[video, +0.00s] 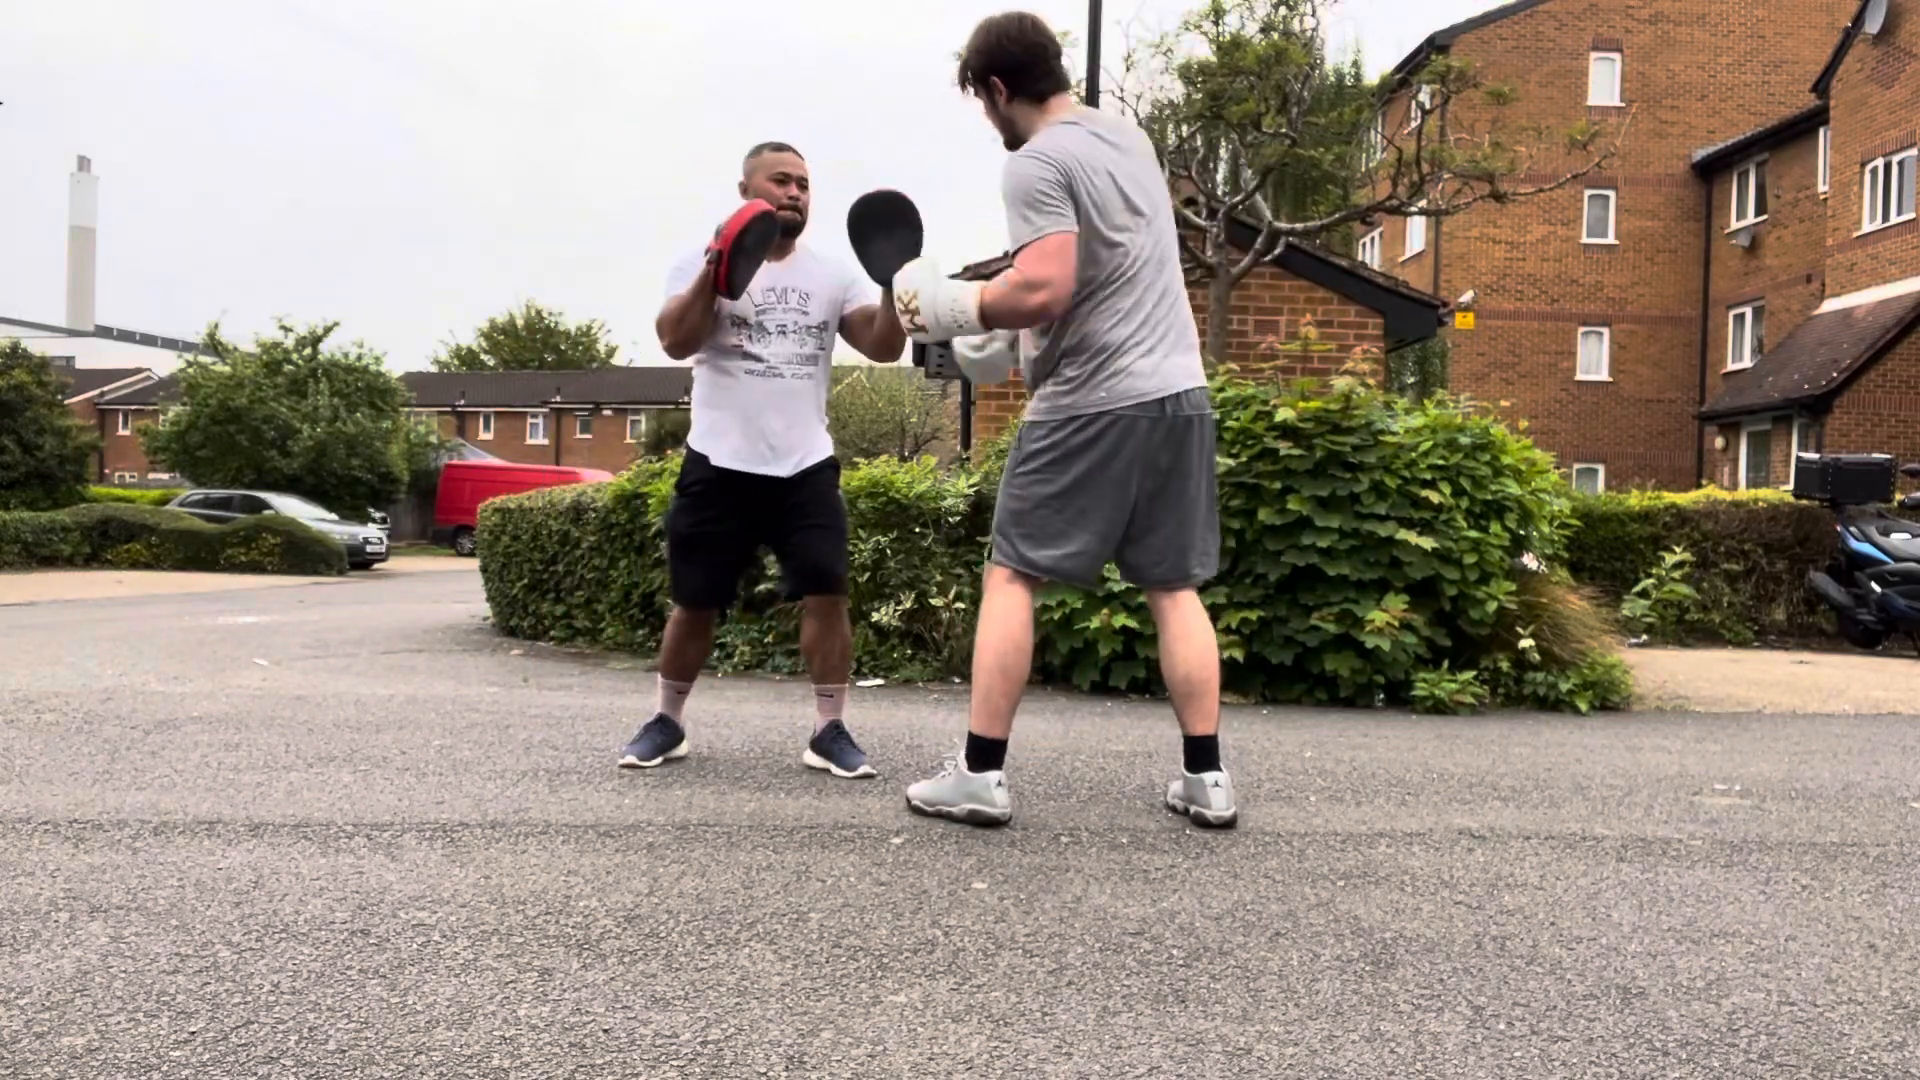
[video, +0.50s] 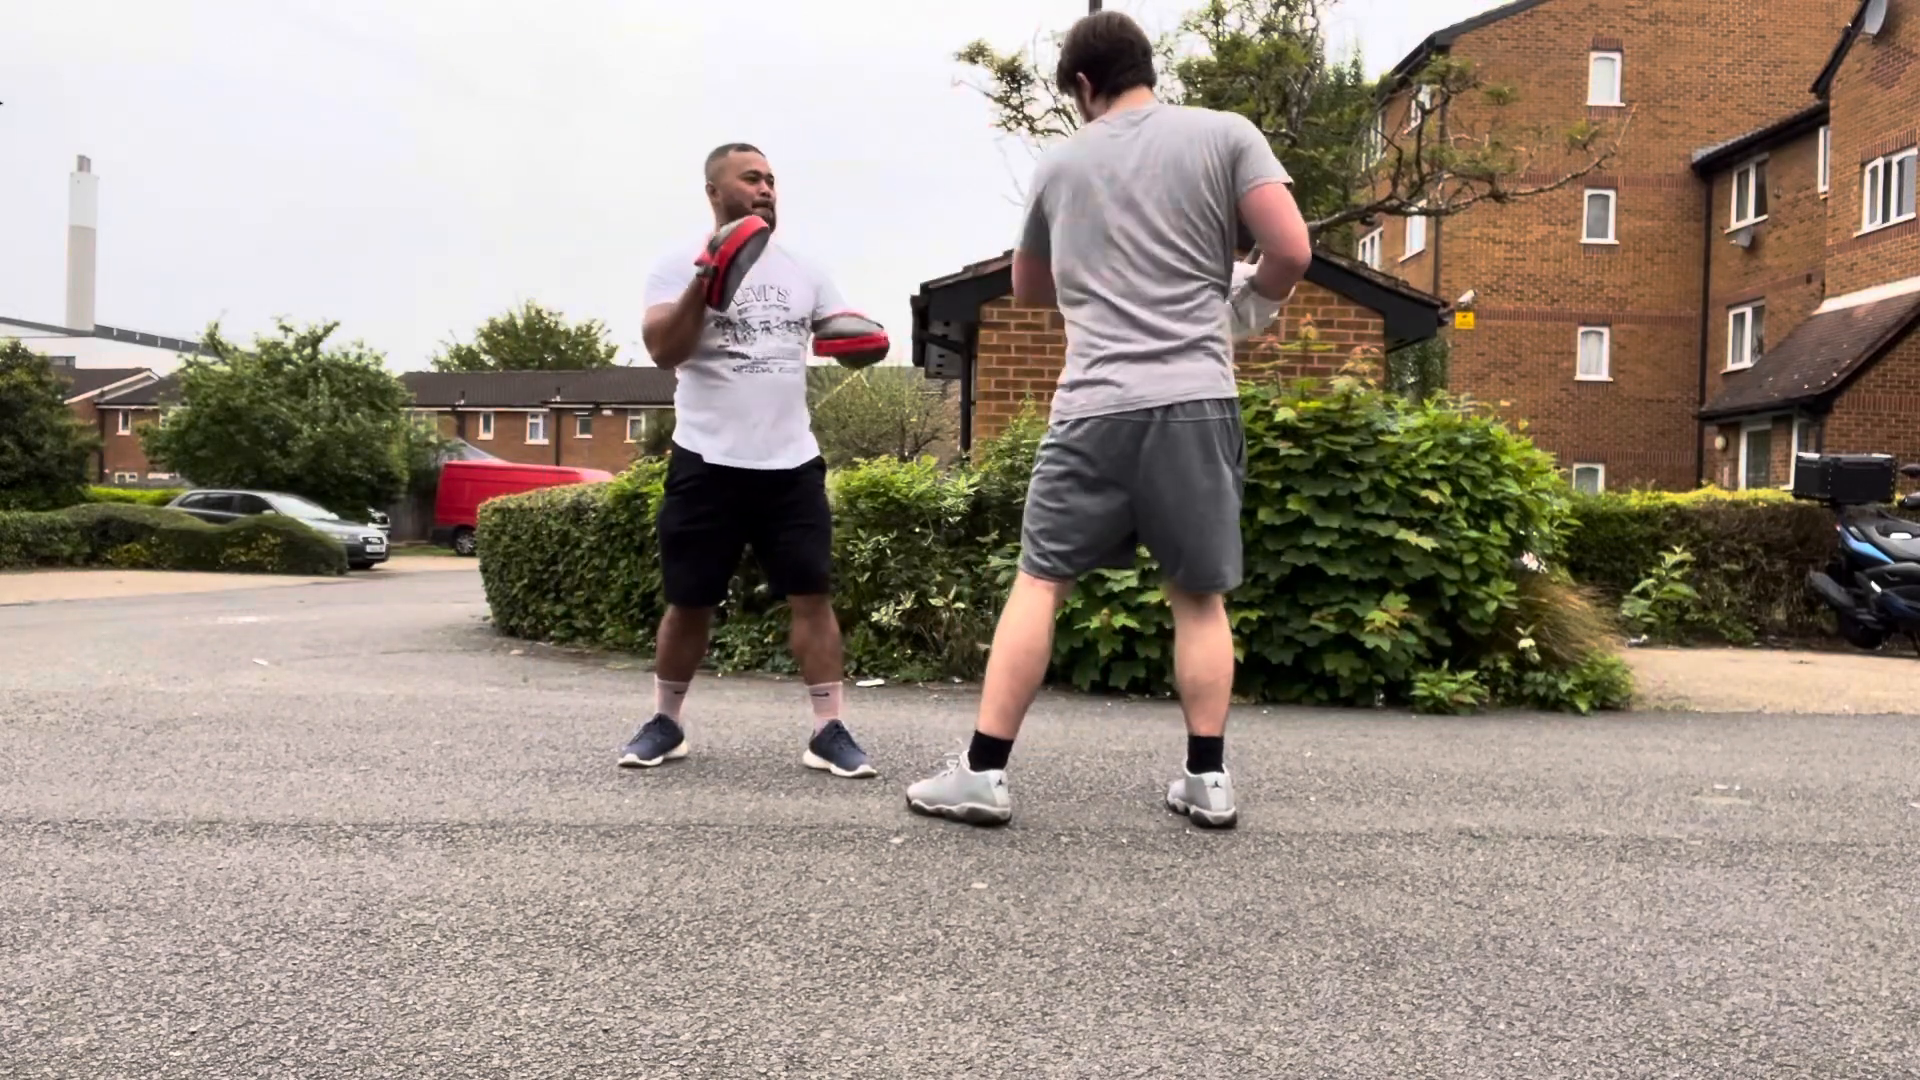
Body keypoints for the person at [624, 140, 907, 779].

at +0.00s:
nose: (796, 192)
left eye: (804, 184)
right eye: (781, 180)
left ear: (812, 198)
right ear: (745, 189)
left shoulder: (831, 267)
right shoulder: (708, 260)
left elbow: (884, 346)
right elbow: (674, 341)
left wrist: (898, 281)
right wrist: (716, 271)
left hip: (805, 462)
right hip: (719, 460)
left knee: (827, 588)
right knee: (694, 600)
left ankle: (830, 728)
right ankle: (666, 721)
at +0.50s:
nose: (767, 187)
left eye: (770, 179)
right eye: (751, 177)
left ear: (776, 195)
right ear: (713, 194)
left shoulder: (802, 268)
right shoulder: (680, 265)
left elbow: (845, 335)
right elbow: (663, 350)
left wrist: (867, 342)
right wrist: (705, 279)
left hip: (791, 459)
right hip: (705, 459)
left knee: (811, 591)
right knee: (687, 599)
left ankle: (829, 727)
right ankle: (665, 721)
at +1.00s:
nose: (762, 192)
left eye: (768, 183)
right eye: (747, 183)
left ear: (775, 196)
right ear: (712, 199)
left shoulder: (794, 268)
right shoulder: (677, 259)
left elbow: (853, 337)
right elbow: (669, 327)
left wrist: (854, 269)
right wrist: (710, 253)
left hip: (782, 460)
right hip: (698, 458)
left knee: (805, 595)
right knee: (684, 600)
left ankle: (829, 727)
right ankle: (665, 722)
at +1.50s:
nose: (765, 188)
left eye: (771, 179)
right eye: (748, 179)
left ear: (780, 194)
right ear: (713, 193)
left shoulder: (800, 265)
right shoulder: (678, 259)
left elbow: (870, 318)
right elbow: (666, 330)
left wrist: (872, 245)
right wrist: (704, 256)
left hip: (786, 461)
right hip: (700, 461)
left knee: (812, 593)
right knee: (684, 600)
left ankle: (828, 727)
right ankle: (665, 721)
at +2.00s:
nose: (761, 188)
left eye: (768, 180)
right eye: (745, 179)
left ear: (776, 195)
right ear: (711, 193)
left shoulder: (795, 265)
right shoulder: (673, 261)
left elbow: (863, 320)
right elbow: (664, 329)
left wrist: (873, 255)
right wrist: (700, 252)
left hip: (785, 460)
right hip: (698, 461)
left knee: (816, 586)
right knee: (682, 599)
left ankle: (834, 724)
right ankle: (665, 721)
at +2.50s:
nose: (812, 187)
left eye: (820, 180)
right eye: (797, 175)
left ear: (828, 199)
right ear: (760, 192)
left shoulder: (851, 269)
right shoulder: (727, 264)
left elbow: (929, 309)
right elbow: (694, 336)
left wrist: (944, 245)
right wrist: (751, 275)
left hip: (823, 469)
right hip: (735, 466)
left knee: (847, 591)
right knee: (702, 602)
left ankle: (847, 731)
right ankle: (666, 721)